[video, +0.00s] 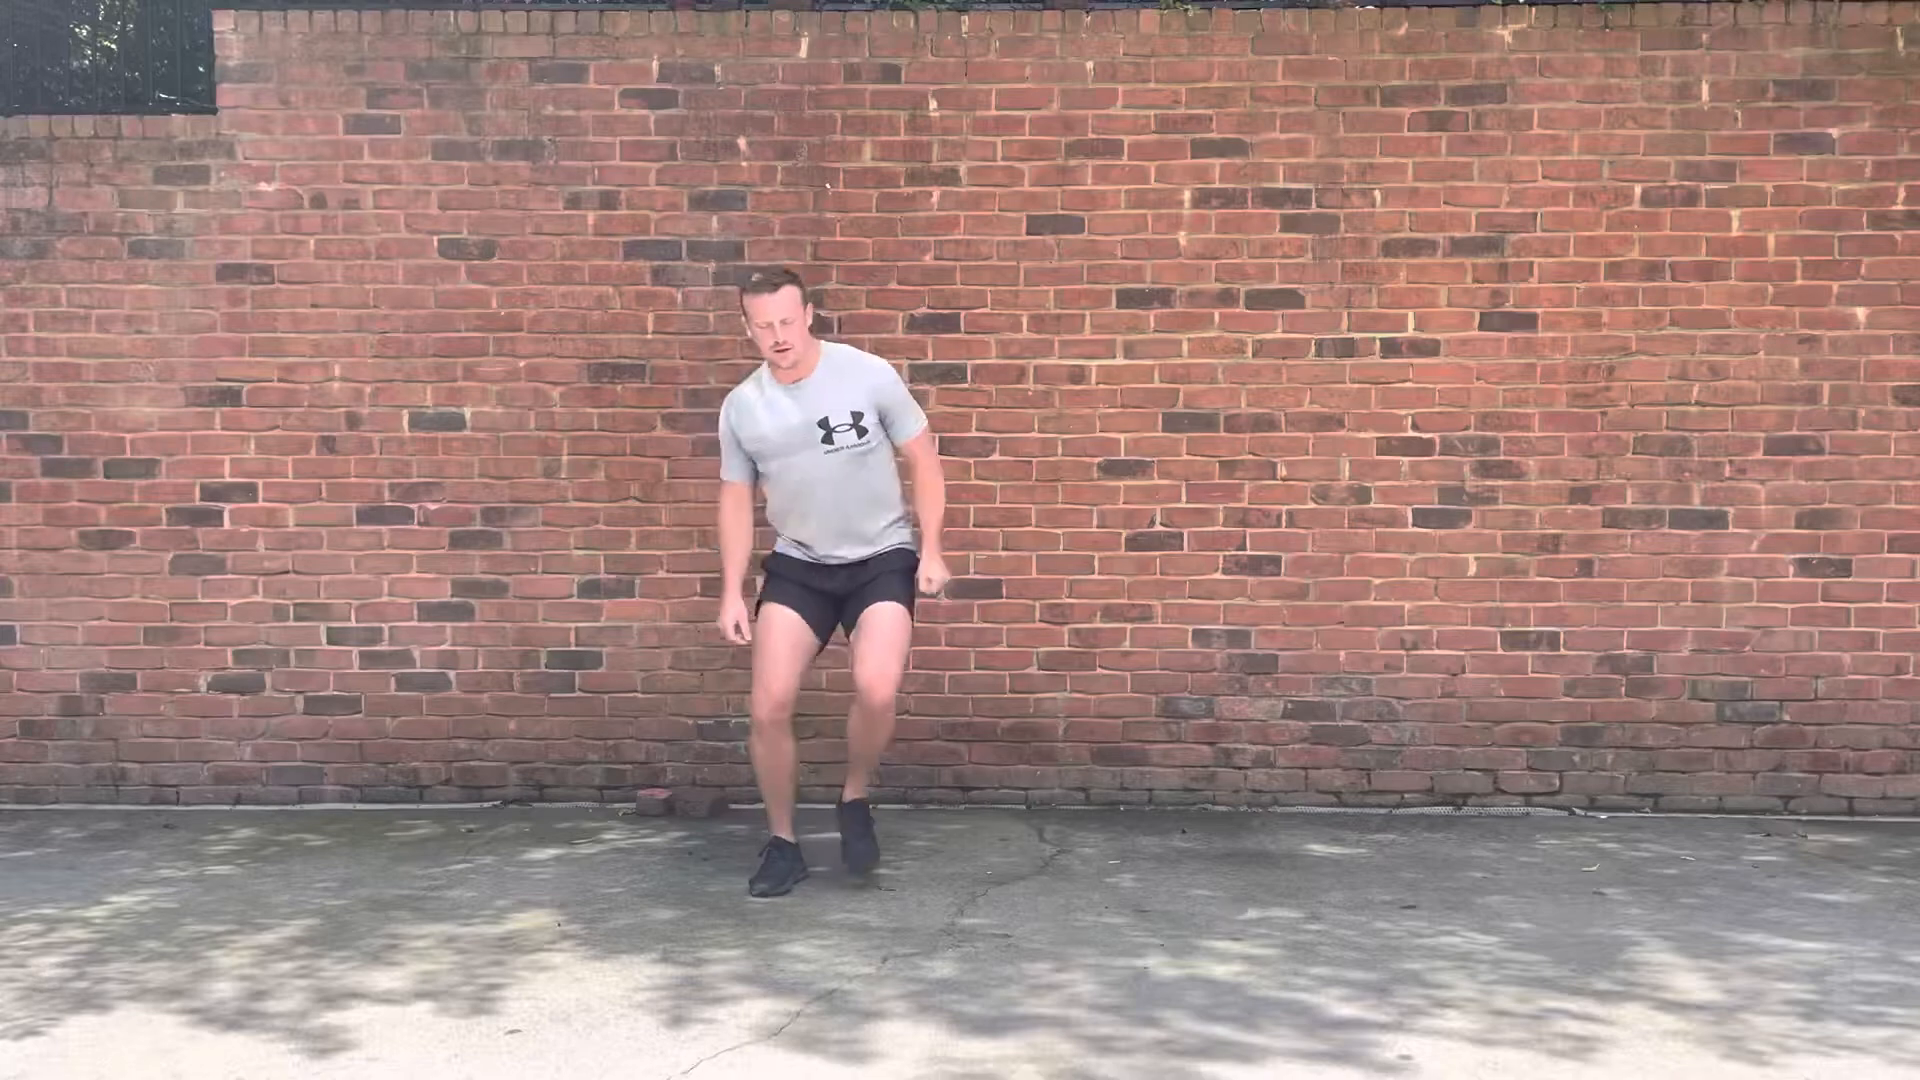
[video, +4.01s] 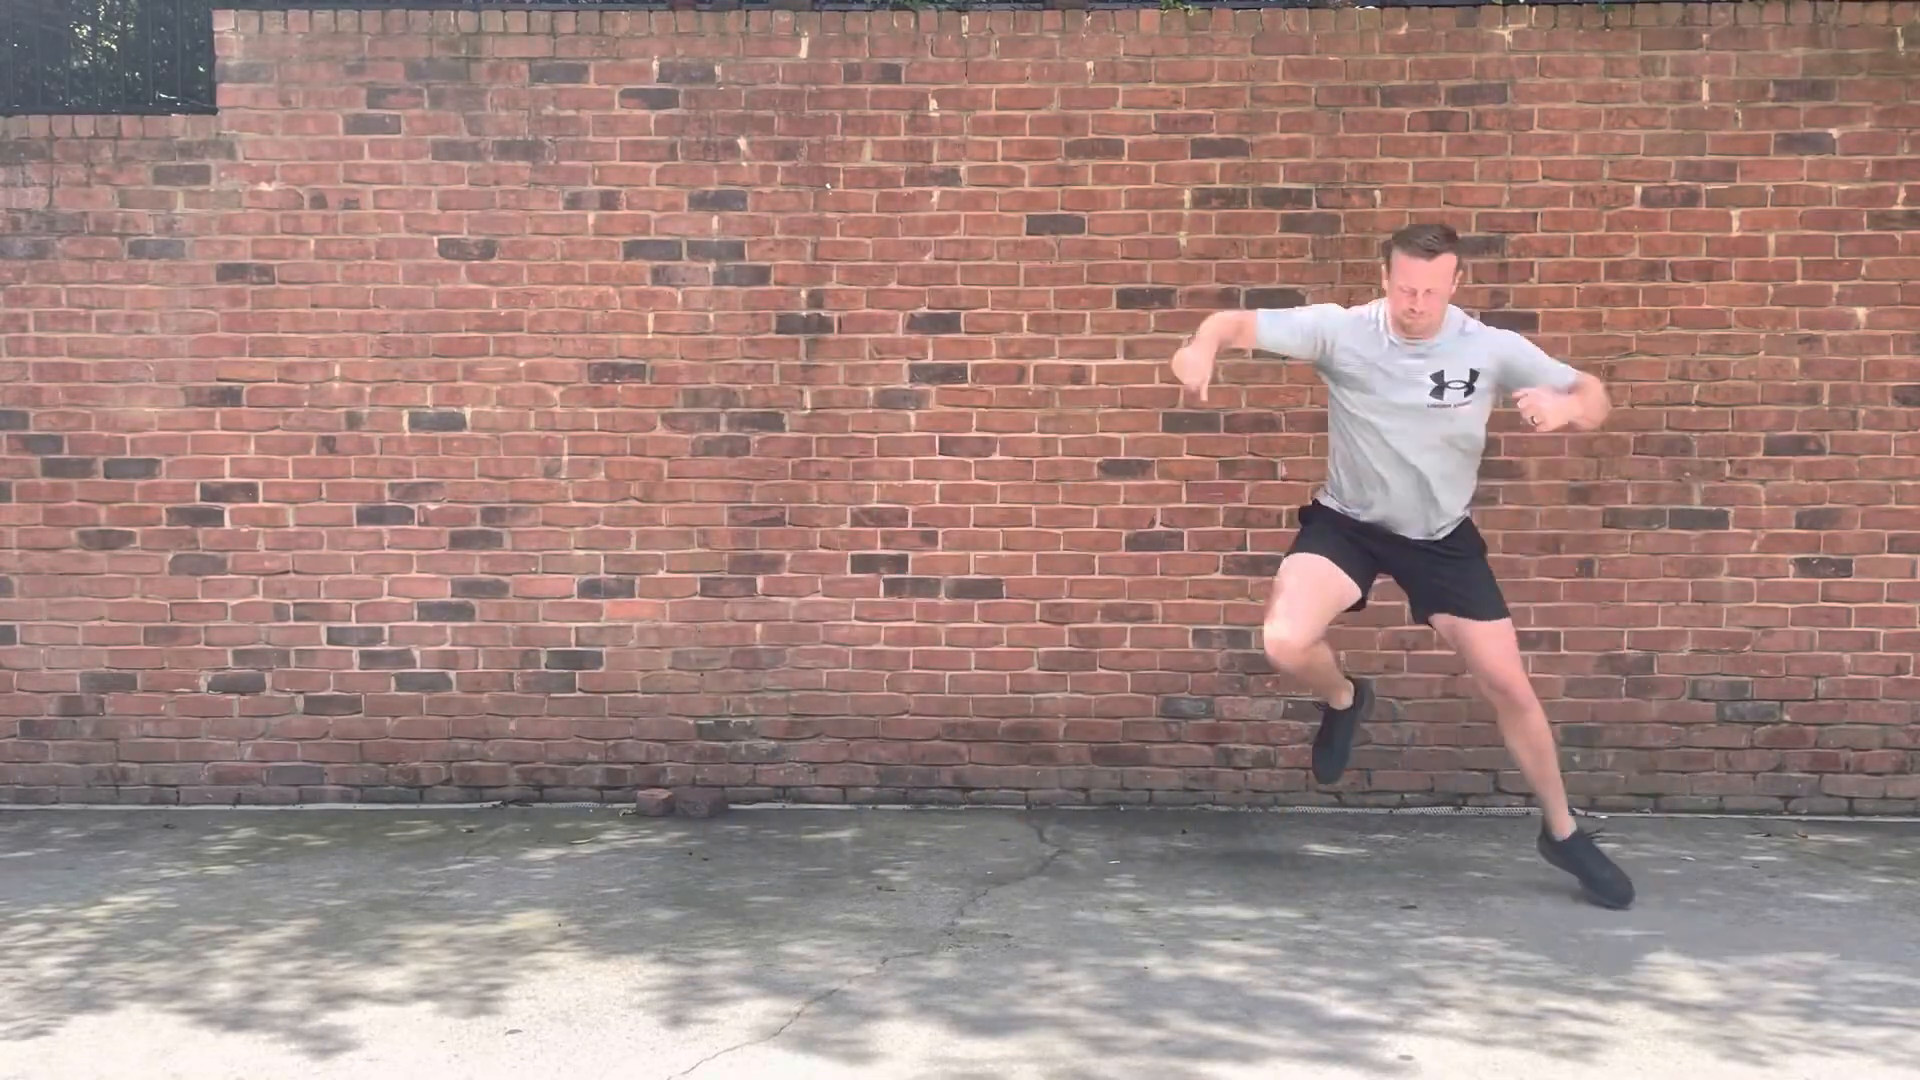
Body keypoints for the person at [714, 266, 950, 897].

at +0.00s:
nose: (776, 337)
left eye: (785, 323)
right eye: (762, 327)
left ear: (809, 316)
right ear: (749, 331)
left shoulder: (870, 376)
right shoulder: (742, 409)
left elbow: (922, 457)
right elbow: (737, 499)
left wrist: (932, 549)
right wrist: (732, 590)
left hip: (883, 558)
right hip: (798, 563)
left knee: (878, 692)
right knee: (768, 704)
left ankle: (856, 799)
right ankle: (782, 842)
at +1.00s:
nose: (1413, 346)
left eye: (1424, 332)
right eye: (1398, 333)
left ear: (1437, 326)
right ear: (1369, 327)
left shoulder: (1463, 366)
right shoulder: (1328, 389)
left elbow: (1505, 384)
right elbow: (1231, 452)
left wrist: (1544, 412)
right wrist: (1270, 464)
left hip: (1451, 561)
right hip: (1356, 569)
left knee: (1536, 695)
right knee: (1314, 725)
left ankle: (1614, 836)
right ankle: (1327, 739)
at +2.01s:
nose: (1070, 280)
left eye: (1086, 268)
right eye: (1062, 264)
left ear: (1120, 265)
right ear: (1053, 255)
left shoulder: (1147, 344)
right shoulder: (1014, 297)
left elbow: (1216, 448)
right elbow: (925, 287)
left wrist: (1187, 413)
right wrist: (864, 275)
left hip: (1089, 516)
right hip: (999, 494)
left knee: (1151, 664)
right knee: (898, 589)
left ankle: (1202, 802)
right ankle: (888, 719)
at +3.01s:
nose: (1029, 319)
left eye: (1037, 304)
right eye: (1013, 307)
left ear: (1048, 297)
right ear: (982, 306)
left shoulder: (1089, 348)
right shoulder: (954, 384)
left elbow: (1136, 423)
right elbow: (895, 459)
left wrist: (1106, 486)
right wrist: (839, 514)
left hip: (1095, 537)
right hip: (1011, 549)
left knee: (1141, 677)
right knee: (1020, 708)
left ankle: (1065, 767)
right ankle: (1024, 850)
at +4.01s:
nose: (1415, 306)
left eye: (1429, 293)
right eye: (1404, 291)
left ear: (1455, 283)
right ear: (1385, 279)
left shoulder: (1491, 348)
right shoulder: (1339, 330)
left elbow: (1594, 397)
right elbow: (1231, 324)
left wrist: (1565, 406)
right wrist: (1201, 346)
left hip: (1442, 539)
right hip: (1345, 525)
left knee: (1510, 686)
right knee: (1284, 640)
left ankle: (1562, 830)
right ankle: (1343, 702)